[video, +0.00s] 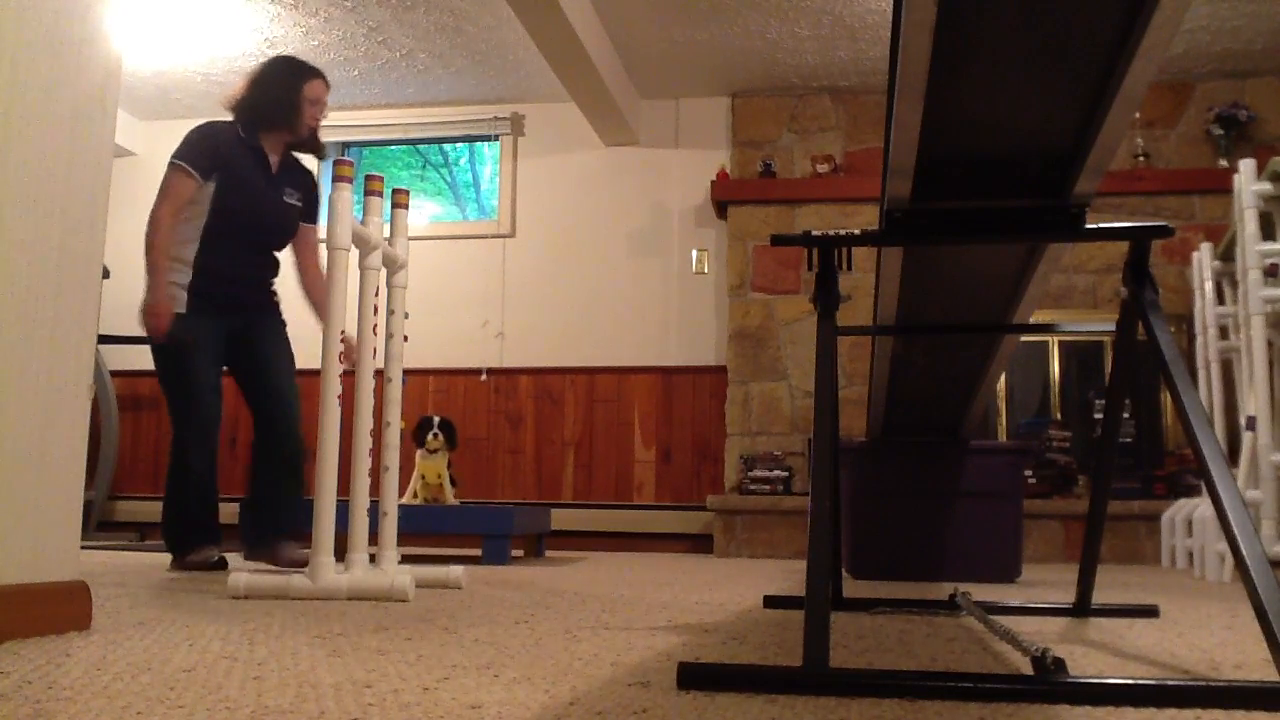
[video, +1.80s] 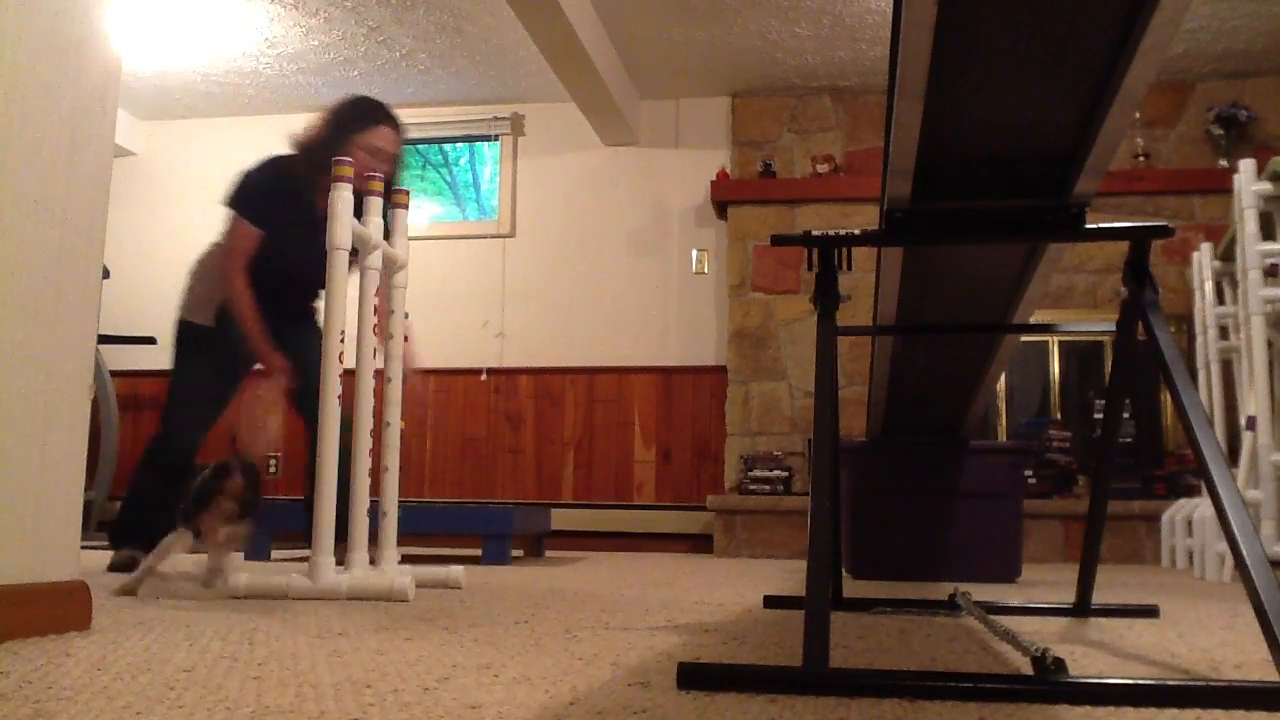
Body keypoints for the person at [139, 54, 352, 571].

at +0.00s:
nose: (322, 114)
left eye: (324, 105)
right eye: (314, 103)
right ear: (282, 101)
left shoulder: (299, 180)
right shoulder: (213, 141)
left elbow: (310, 265)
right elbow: (164, 214)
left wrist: (337, 329)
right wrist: (157, 290)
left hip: (255, 308)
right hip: (189, 304)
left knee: (281, 419)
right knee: (198, 423)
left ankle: (268, 536)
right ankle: (194, 542)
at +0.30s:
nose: (362, 125)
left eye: (365, 114)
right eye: (355, 112)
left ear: (340, 115)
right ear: (320, 106)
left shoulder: (340, 175)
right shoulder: (236, 143)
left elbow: (370, 268)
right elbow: (182, 215)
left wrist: (417, 334)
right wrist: (161, 296)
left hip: (282, 313)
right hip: (210, 308)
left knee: (288, 423)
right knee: (201, 428)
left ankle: (298, 546)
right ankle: (197, 542)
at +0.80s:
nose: (406, 107)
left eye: (410, 98)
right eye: (398, 93)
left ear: (402, 103)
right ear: (359, 84)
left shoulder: (383, 165)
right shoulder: (268, 125)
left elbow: (426, 242)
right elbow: (210, 208)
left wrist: (474, 285)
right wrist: (205, 291)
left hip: (308, 297)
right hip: (240, 286)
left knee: (305, 418)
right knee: (214, 415)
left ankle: (298, 545)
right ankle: (198, 529)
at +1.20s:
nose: (323, 97)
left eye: (333, 89)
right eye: (314, 83)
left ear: (338, 98)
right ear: (282, 80)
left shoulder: (317, 158)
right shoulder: (209, 134)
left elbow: (343, 250)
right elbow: (172, 228)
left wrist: (393, 298)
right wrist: (178, 312)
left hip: (276, 301)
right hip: (207, 296)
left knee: (284, 419)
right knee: (173, 417)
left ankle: (292, 544)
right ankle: (134, 542)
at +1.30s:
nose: (305, 109)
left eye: (316, 101)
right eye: (297, 94)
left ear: (323, 111)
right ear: (267, 91)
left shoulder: (309, 177)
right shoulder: (197, 145)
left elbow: (318, 274)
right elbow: (158, 233)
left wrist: (353, 322)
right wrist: (164, 319)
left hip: (260, 305)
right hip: (190, 299)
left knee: (273, 418)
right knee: (161, 421)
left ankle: (287, 543)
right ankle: (131, 544)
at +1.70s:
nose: (349, 157)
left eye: (360, 149)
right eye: (340, 142)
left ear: (366, 155)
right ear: (309, 134)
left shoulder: (338, 205)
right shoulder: (248, 173)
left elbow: (351, 293)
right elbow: (202, 259)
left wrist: (360, 357)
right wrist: (220, 341)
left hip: (270, 313)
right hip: (202, 305)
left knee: (310, 418)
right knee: (174, 425)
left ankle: (330, 542)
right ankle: (128, 543)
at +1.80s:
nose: (380, 167)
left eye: (389, 159)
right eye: (372, 152)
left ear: (395, 161)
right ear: (340, 144)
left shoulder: (365, 206)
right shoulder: (278, 179)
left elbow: (382, 286)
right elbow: (231, 267)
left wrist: (394, 345)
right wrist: (266, 352)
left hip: (291, 315)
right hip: (224, 308)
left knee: (335, 429)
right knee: (182, 434)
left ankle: (343, 546)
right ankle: (133, 544)